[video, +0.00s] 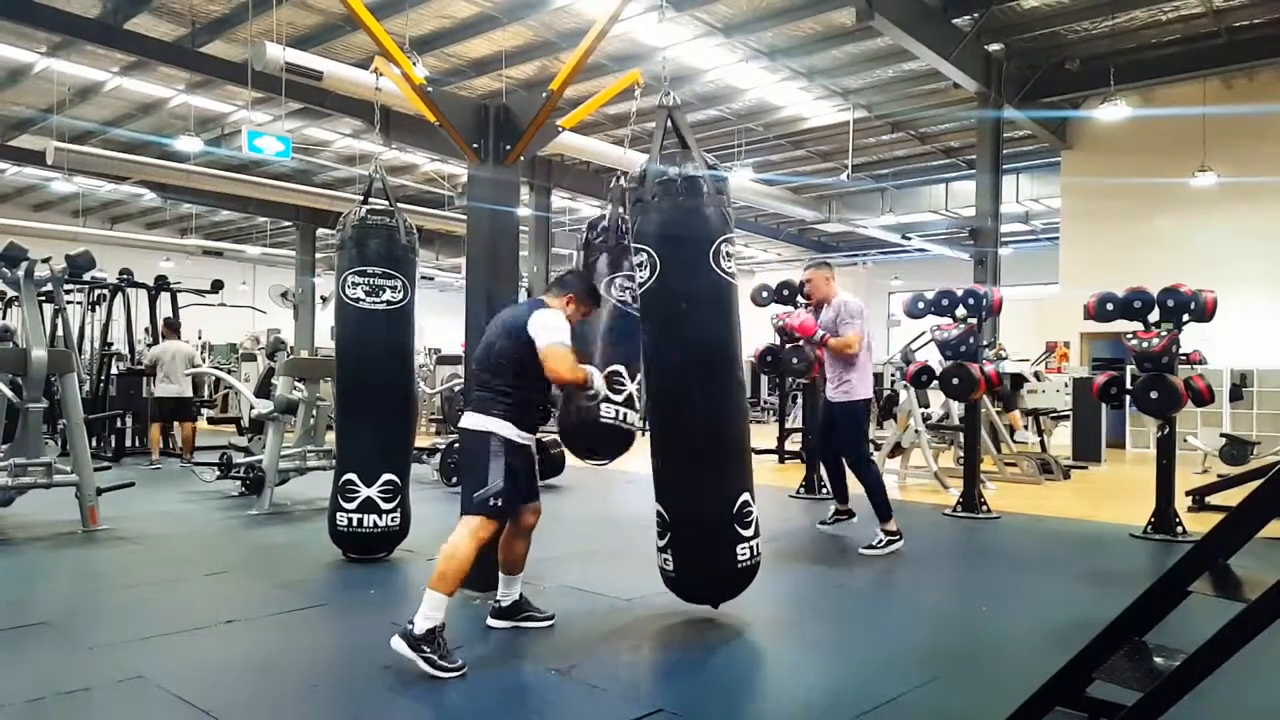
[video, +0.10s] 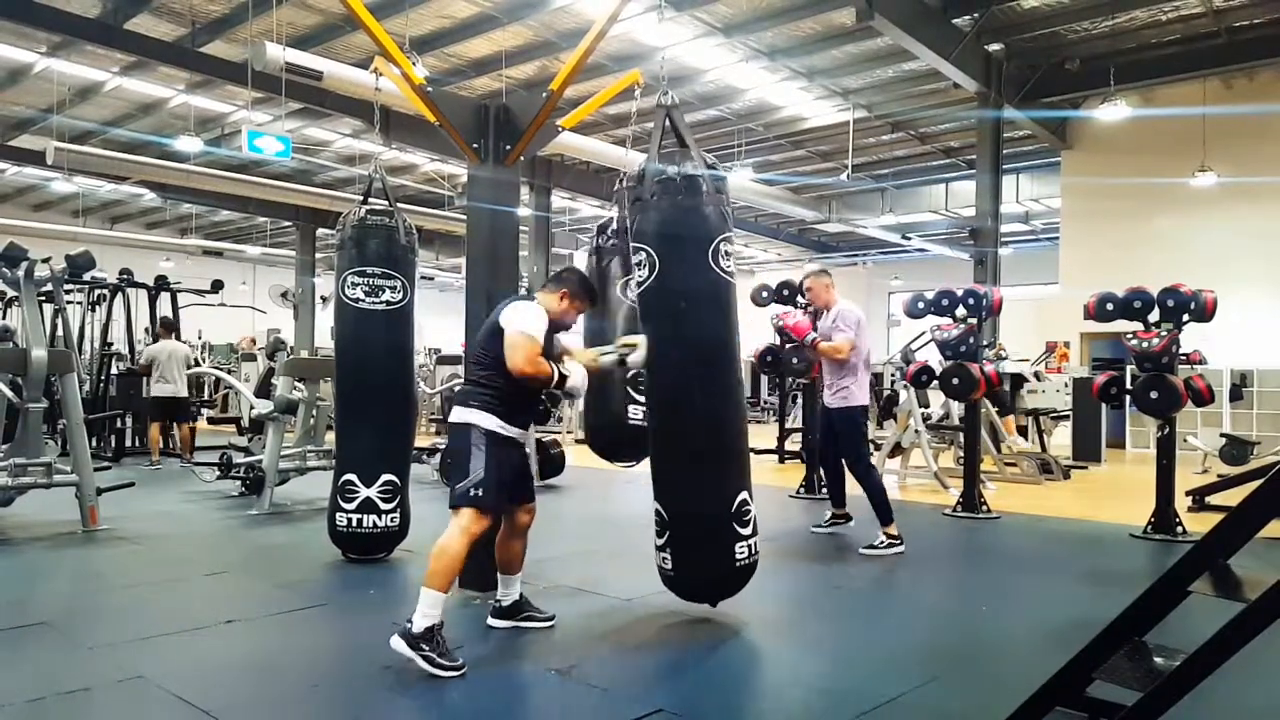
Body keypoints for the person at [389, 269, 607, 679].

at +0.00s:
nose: (577, 323)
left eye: (579, 318)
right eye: (579, 315)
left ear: (559, 295)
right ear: (568, 301)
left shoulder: (517, 313)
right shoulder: (546, 317)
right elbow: (561, 371)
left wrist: (574, 379)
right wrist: (592, 376)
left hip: (512, 434)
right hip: (492, 431)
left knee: (525, 514)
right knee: (481, 522)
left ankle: (507, 603)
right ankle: (423, 628)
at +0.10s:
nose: (574, 321)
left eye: (578, 315)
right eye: (576, 312)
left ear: (562, 296)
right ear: (563, 296)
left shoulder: (540, 321)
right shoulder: (526, 310)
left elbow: (575, 356)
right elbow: (522, 364)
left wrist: (619, 355)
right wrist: (561, 374)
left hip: (510, 432)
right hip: (480, 426)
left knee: (520, 514)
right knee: (473, 519)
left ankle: (507, 603)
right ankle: (422, 627)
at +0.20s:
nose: (560, 317)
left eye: (563, 313)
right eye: (561, 310)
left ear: (546, 298)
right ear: (547, 296)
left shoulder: (534, 328)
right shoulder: (502, 312)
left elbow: (553, 372)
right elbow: (508, 371)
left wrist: (595, 363)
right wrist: (547, 356)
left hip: (502, 435)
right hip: (468, 428)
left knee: (512, 516)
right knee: (459, 522)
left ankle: (507, 603)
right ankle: (395, 624)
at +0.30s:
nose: (546, 324)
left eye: (550, 318)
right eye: (547, 315)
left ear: (528, 298)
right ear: (531, 299)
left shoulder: (508, 326)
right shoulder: (491, 319)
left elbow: (508, 381)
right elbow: (501, 383)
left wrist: (540, 371)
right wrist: (540, 366)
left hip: (489, 443)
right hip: (456, 438)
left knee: (508, 519)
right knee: (444, 531)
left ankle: (507, 605)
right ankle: (365, 628)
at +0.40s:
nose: (525, 327)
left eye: (530, 320)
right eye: (526, 317)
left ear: (510, 300)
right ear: (509, 300)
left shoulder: (489, 331)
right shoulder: (475, 327)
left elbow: (493, 386)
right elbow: (482, 395)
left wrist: (517, 381)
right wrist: (524, 395)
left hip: (467, 453)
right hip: (434, 451)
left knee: (496, 524)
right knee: (416, 544)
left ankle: (505, 604)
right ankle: (351, 641)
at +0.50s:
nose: (509, 323)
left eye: (514, 317)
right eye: (512, 313)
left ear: (496, 293)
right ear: (499, 295)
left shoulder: (469, 319)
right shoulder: (460, 317)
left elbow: (463, 377)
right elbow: (456, 383)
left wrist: (497, 372)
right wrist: (497, 374)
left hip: (454, 445)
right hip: (421, 443)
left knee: (483, 516)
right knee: (403, 540)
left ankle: (480, 605)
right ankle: (351, 642)